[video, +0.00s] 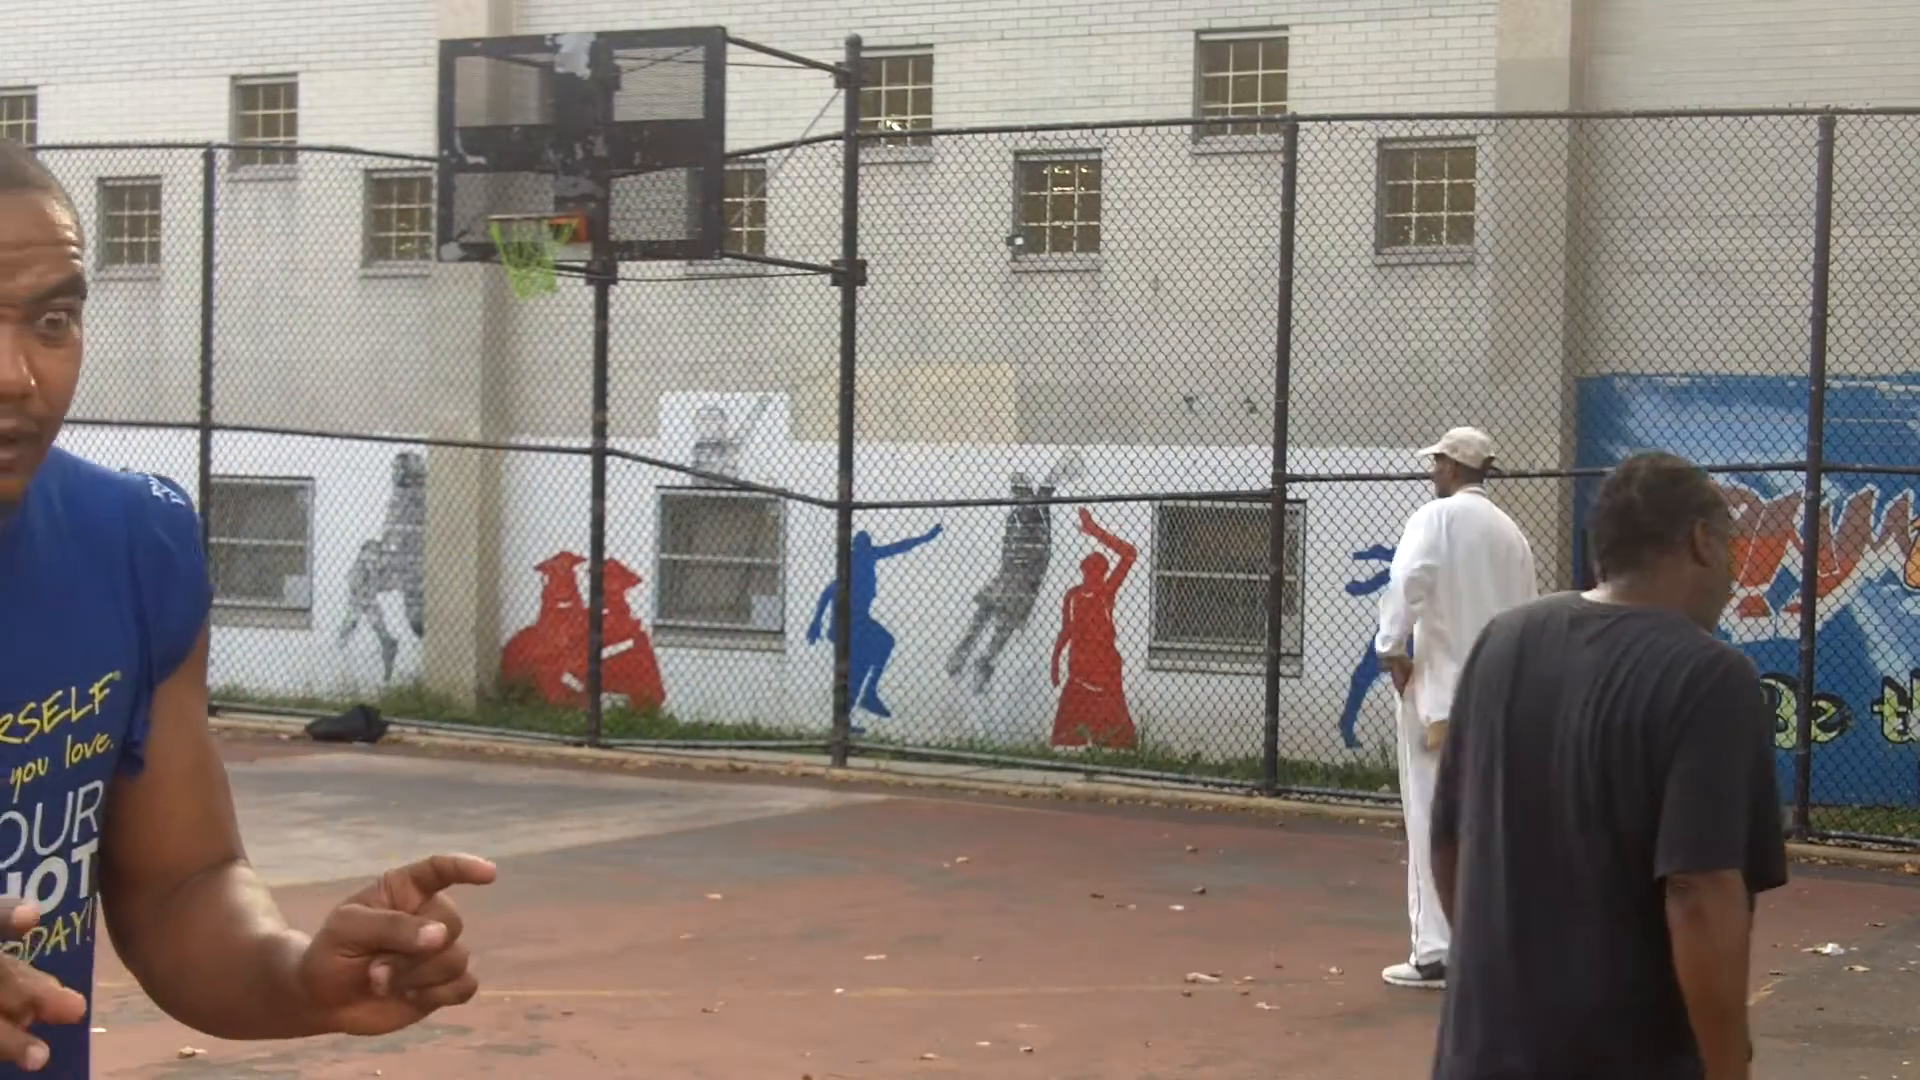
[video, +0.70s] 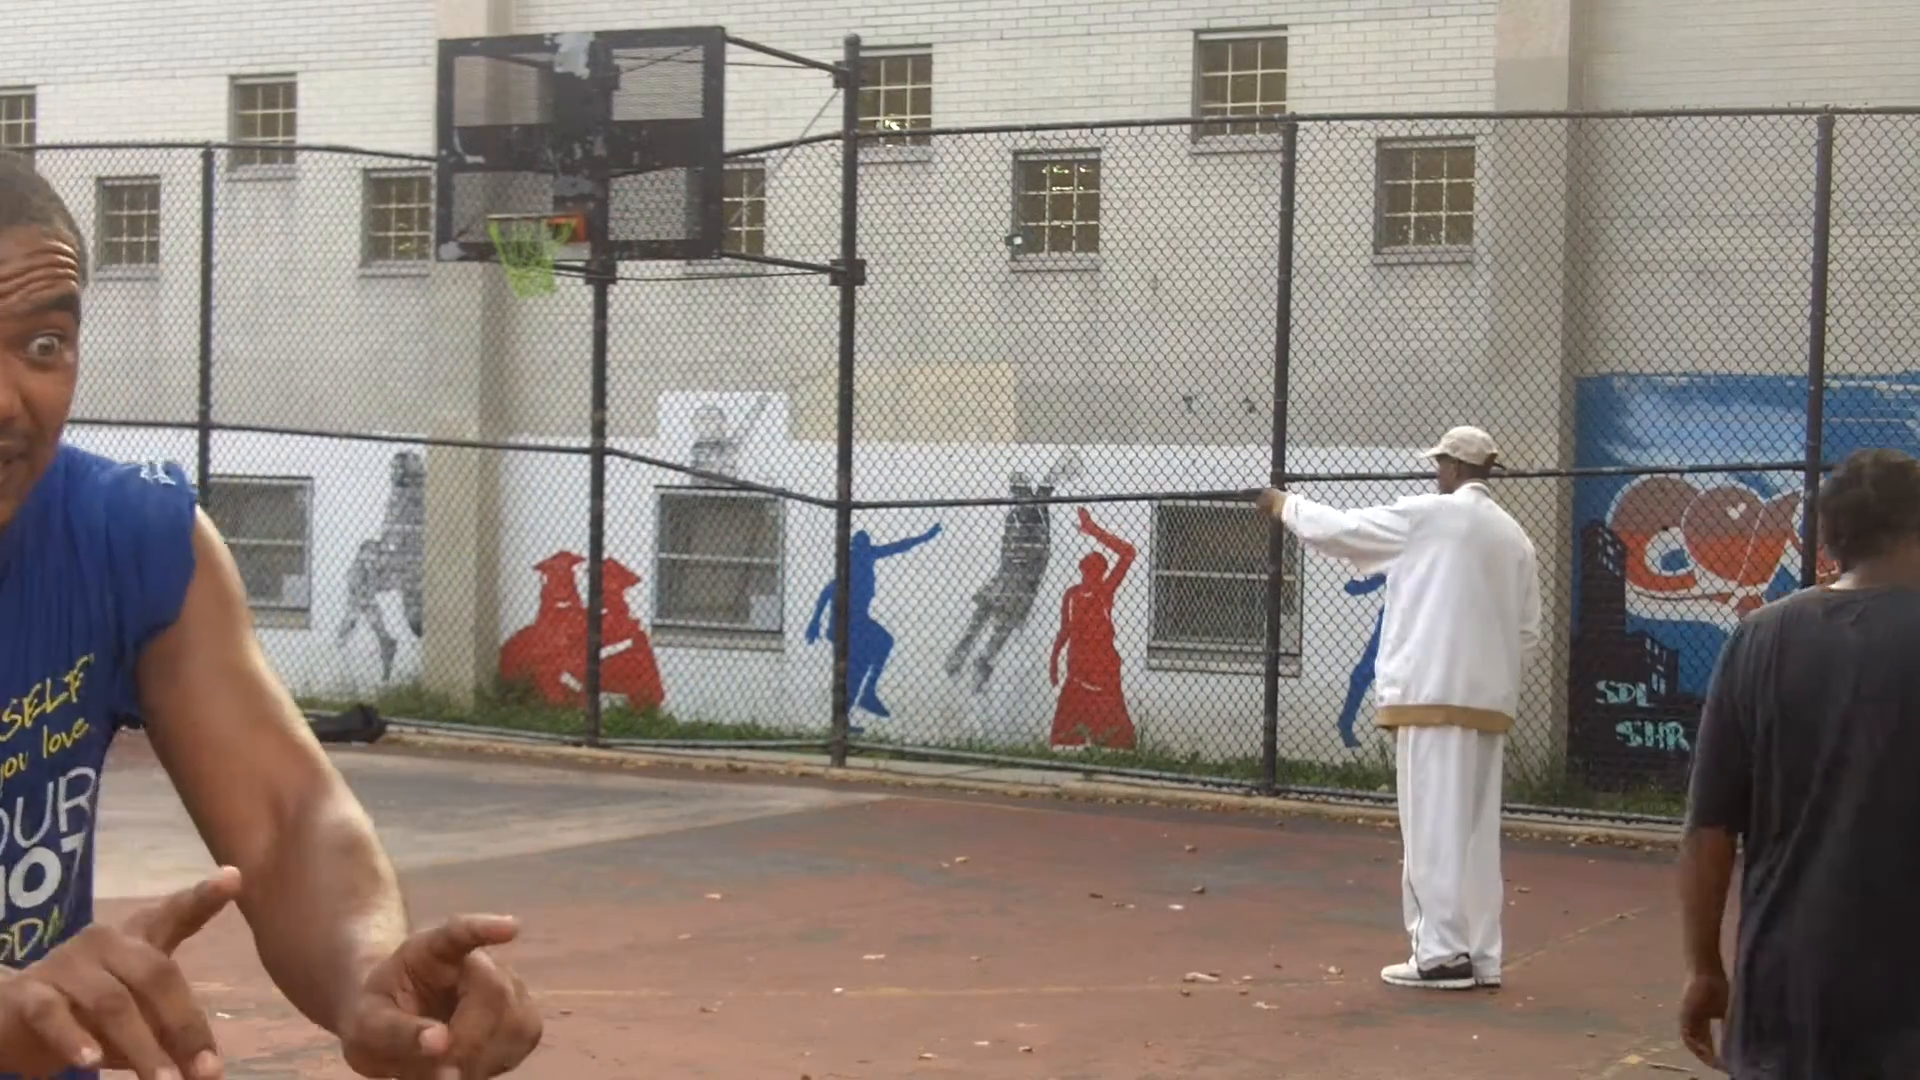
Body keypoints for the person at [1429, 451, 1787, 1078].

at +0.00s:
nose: (1734, 571)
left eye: (1734, 548)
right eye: (1730, 546)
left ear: (1610, 548)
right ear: (1701, 541)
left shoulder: (1504, 636)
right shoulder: (1708, 673)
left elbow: (1449, 838)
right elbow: (1699, 886)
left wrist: (1494, 973)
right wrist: (1729, 1063)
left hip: (1485, 1044)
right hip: (1637, 1052)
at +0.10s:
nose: (1785, 557)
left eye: (1786, 537)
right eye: (1782, 535)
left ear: (1656, 539)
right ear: (1752, 530)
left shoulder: (1553, 623)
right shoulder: (1767, 662)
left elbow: (1495, 826)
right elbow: (1771, 875)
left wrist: (1504, 958)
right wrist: (1809, 1058)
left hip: (1548, 1020)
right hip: (1705, 1038)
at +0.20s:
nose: (1825, 546)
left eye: (1824, 524)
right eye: (1821, 523)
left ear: (1692, 529)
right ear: (1792, 521)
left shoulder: (1598, 620)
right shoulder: (1816, 652)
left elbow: (1531, 816)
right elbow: (1843, 866)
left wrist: (1532, 958)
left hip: (1600, 1000)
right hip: (1751, 1020)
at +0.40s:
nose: (1883, 535)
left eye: (1880, 518)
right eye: (1878, 518)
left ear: (1756, 543)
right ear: (1863, 524)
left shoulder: (1665, 637)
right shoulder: (1896, 654)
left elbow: (1602, 822)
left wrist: (1590, 972)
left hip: (1677, 1000)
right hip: (1832, 1007)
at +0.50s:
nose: (1909, 542)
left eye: (1907, 525)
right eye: (1905, 525)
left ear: (1784, 548)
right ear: (1887, 531)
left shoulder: (1699, 643)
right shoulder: (1903, 651)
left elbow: (1638, 827)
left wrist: (1620, 980)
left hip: (1719, 1004)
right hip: (1874, 1007)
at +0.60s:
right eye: (1919, 523)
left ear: (1803, 545)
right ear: (1907, 531)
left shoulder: (1730, 644)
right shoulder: (1906, 637)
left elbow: (1672, 829)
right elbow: (1673, 830)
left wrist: (1655, 978)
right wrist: (1657, 978)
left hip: (1758, 1009)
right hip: (1897, 1007)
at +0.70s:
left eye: (1816, 540)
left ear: (1828, 546)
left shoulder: (1763, 639)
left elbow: (1708, 826)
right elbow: (1709, 828)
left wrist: (1703, 967)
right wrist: (1704, 970)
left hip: (1787, 1002)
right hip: (1906, 999)